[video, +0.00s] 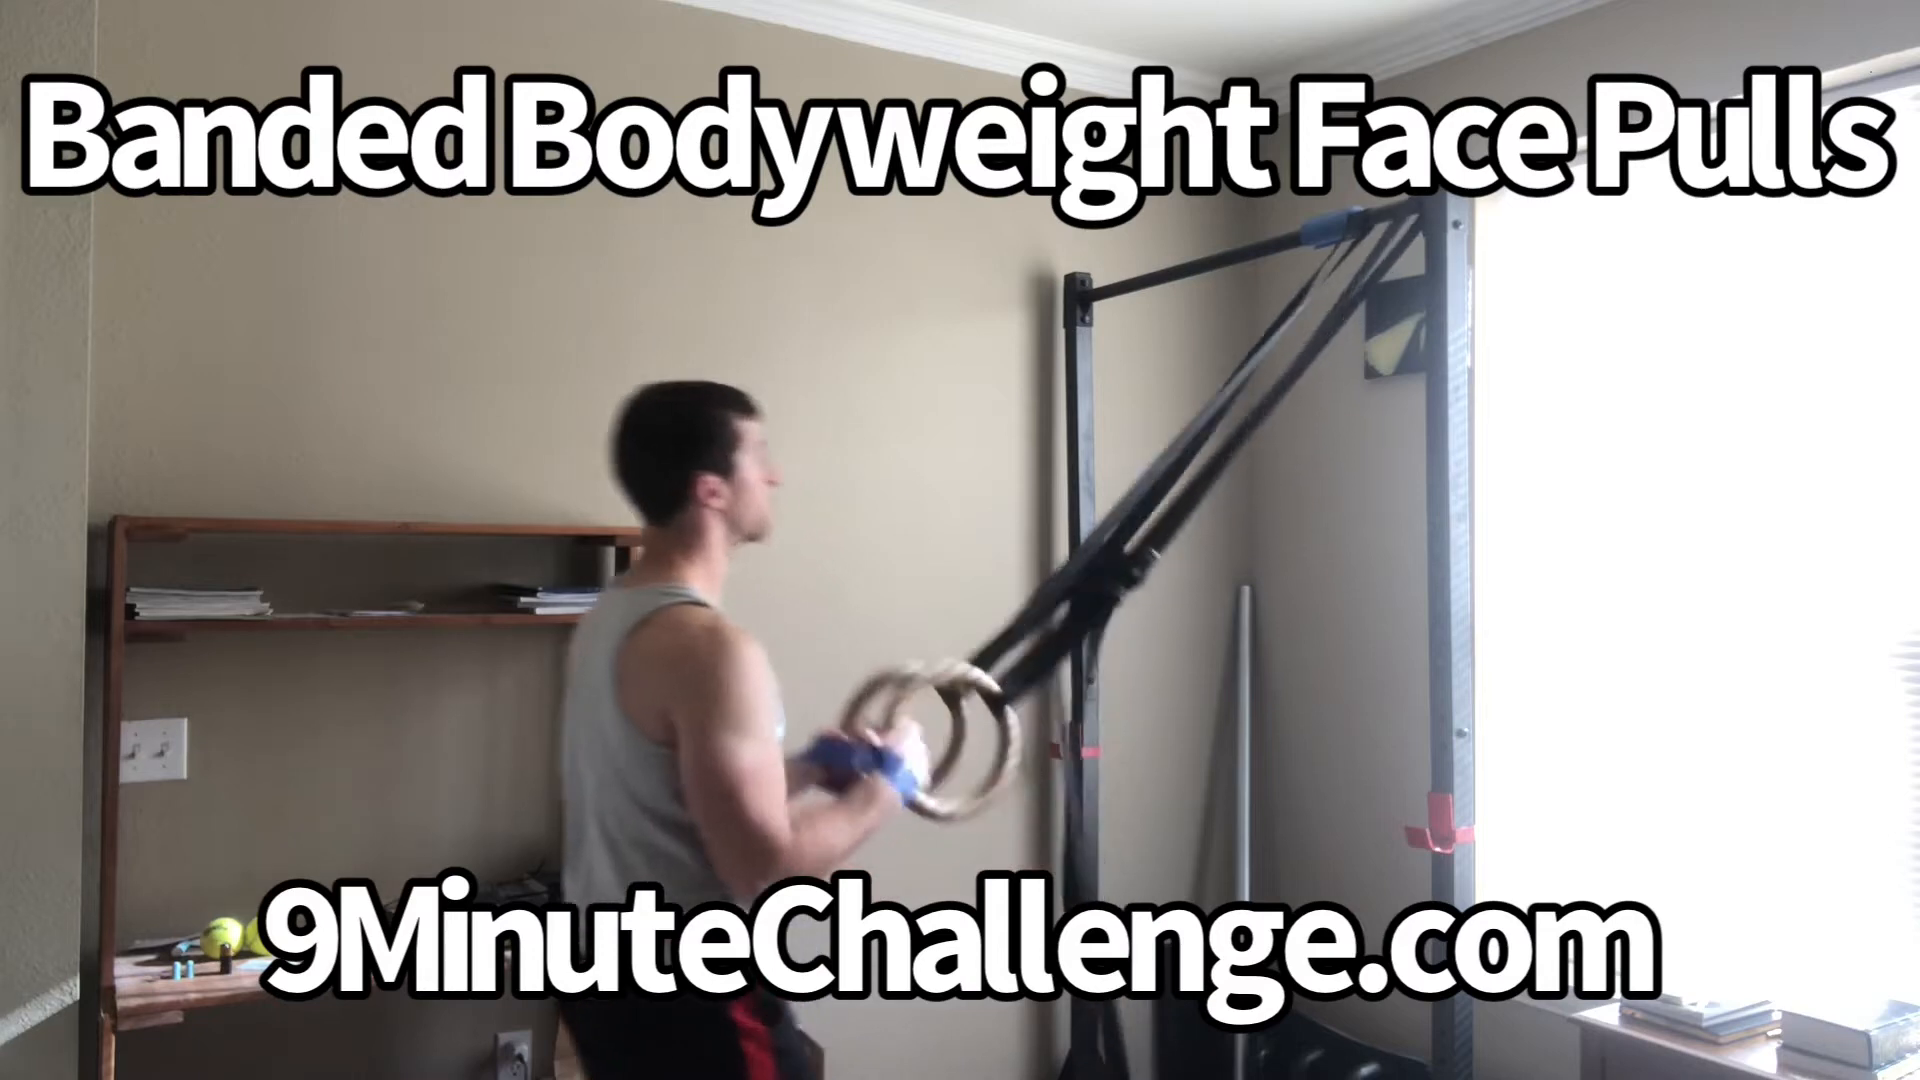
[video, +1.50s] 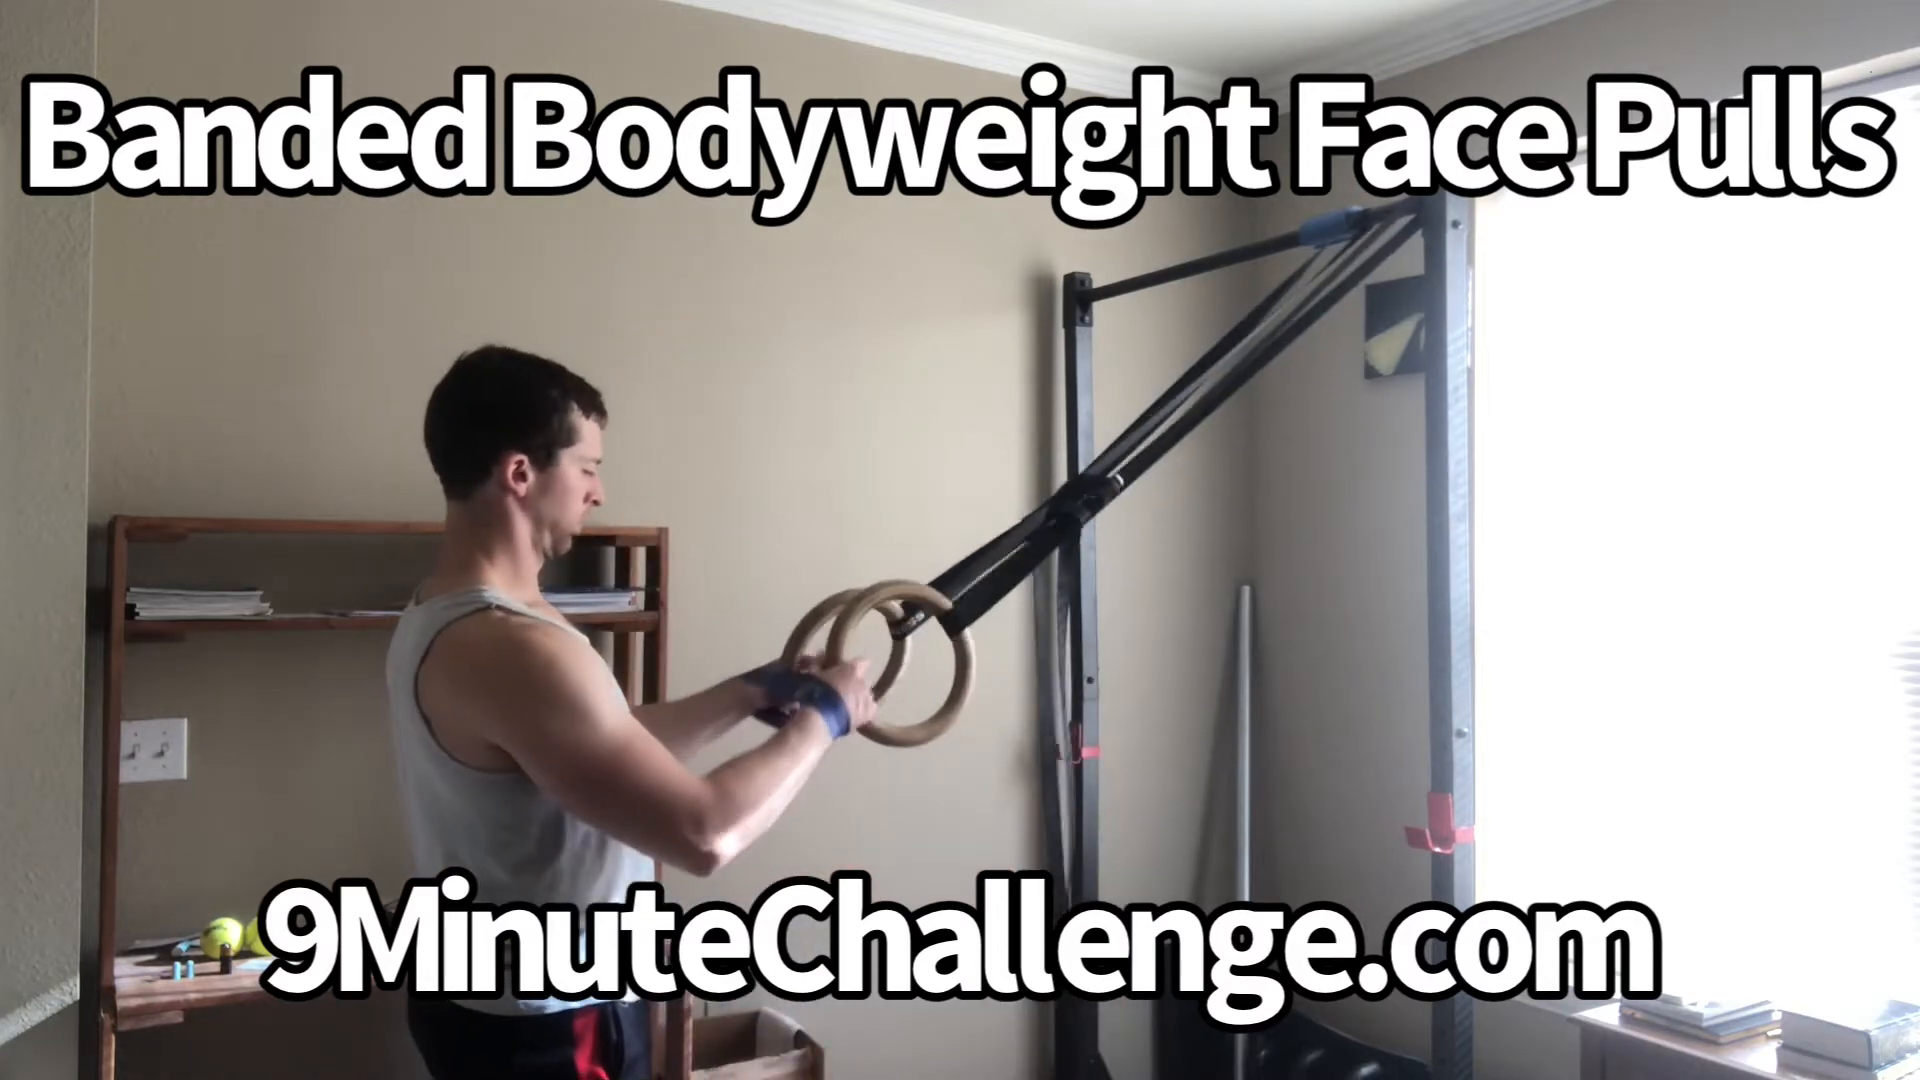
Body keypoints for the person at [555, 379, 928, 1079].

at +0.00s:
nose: (775, 477)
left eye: (764, 453)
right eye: (757, 456)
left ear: (699, 489)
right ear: (711, 490)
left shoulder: (610, 616)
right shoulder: (712, 651)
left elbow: (659, 791)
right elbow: (760, 863)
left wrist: (802, 770)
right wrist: (881, 793)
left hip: (604, 976)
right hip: (694, 992)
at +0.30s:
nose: (678, 459)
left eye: (666, 436)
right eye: (658, 440)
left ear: (602, 485)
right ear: (609, 482)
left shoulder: (520, 629)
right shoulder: (651, 650)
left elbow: (647, 799)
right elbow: (752, 846)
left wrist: (762, 695)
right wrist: (843, 714)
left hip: (536, 1002)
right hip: (625, 1021)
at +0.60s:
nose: (626, 461)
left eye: (613, 438)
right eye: (604, 442)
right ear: (545, 477)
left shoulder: (477, 619)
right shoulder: (587, 652)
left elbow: (654, 794)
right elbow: (704, 839)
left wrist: (755, 679)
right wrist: (816, 709)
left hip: (480, 1024)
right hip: (565, 1043)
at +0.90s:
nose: (588, 479)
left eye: (582, 454)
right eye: (573, 456)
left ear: (502, 477)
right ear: (504, 475)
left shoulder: (442, 624)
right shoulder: (526, 659)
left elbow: (616, 768)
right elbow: (720, 827)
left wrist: (758, 716)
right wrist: (833, 729)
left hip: (480, 1026)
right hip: (549, 1044)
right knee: (788, 1051)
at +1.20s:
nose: (587, 488)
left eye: (584, 464)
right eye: (576, 463)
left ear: (507, 476)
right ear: (510, 474)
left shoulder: (433, 620)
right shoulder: (517, 656)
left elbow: (604, 762)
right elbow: (716, 832)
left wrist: (755, 723)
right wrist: (825, 750)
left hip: (476, 1017)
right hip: (548, 1039)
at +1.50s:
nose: (597, 492)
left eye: (596, 468)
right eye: (587, 466)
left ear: (515, 477)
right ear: (519, 474)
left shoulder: (444, 616)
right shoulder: (517, 653)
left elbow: (605, 754)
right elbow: (704, 835)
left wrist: (753, 693)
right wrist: (824, 718)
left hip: (488, 1007)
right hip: (548, 1027)